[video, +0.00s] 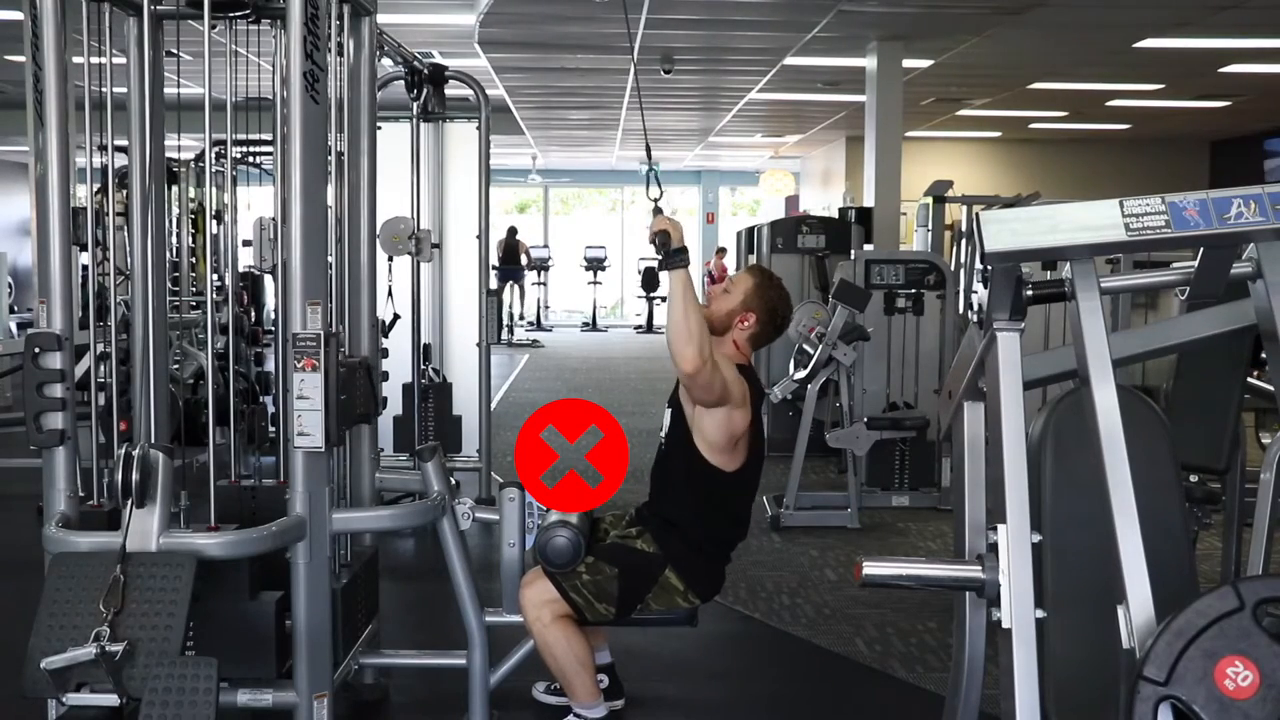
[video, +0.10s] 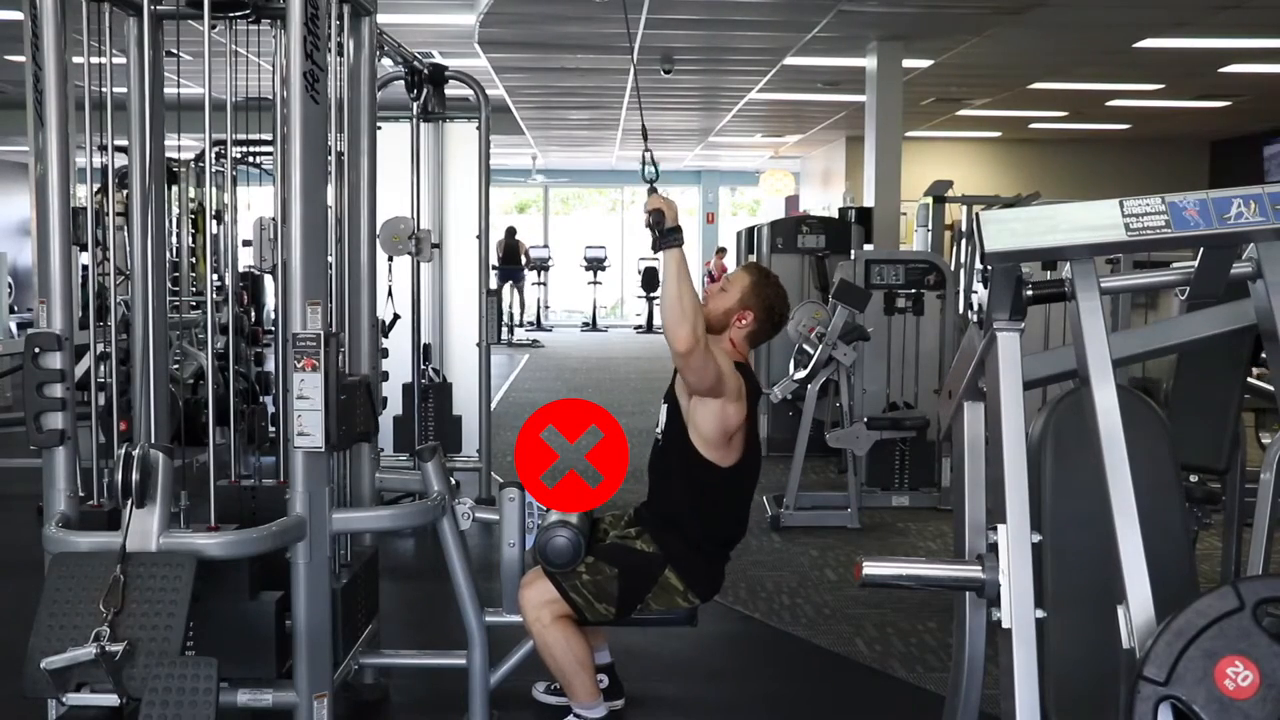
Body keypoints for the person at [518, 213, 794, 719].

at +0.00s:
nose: (711, 287)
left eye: (725, 287)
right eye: (721, 281)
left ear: (743, 322)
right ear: (744, 324)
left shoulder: (726, 383)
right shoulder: (722, 362)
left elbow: (691, 363)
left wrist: (676, 257)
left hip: (681, 562)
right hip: (658, 527)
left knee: (538, 595)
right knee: (558, 540)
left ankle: (589, 710)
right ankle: (598, 672)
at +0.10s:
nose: (709, 286)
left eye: (723, 285)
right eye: (719, 280)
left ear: (741, 318)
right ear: (741, 322)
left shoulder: (721, 379)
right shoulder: (717, 361)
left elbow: (685, 342)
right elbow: (689, 329)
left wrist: (669, 236)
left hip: (680, 560)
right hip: (659, 528)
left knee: (538, 596)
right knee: (557, 544)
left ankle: (589, 710)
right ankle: (596, 672)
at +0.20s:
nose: (707, 286)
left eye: (719, 283)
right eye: (715, 279)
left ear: (738, 317)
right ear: (740, 321)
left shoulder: (714, 373)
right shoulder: (720, 360)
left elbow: (680, 323)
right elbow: (685, 317)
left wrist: (664, 220)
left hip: (677, 560)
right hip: (660, 532)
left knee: (536, 596)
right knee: (552, 550)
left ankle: (589, 710)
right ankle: (595, 672)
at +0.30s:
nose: (704, 281)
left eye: (717, 278)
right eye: (713, 274)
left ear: (736, 316)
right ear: (736, 319)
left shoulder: (710, 373)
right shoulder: (713, 361)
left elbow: (674, 306)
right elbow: (676, 302)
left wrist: (657, 202)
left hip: (676, 562)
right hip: (662, 535)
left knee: (536, 595)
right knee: (555, 544)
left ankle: (589, 709)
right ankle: (593, 671)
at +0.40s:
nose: (703, 275)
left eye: (717, 275)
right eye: (714, 269)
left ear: (733, 314)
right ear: (733, 317)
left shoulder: (707, 367)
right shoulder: (707, 356)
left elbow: (670, 290)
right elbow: (673, 287)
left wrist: (653, 186)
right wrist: (656, 200)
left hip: (675, 560)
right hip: (660, 535)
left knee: (535, 596)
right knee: (553, 546)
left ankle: (589, 710)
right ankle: (593, 671)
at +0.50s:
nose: (701, 273)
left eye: (716, 273)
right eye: (714, 265)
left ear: (731, 310)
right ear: (732, 313)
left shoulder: (702, 359)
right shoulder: (708, 349)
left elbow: (668, 278)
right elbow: (671, 276)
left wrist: (652, 172)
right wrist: (655, 185)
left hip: (674, 558)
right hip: (664, 536)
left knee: (535, 596)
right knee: (552, 547)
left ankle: (589, 710)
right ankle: (593, 671)